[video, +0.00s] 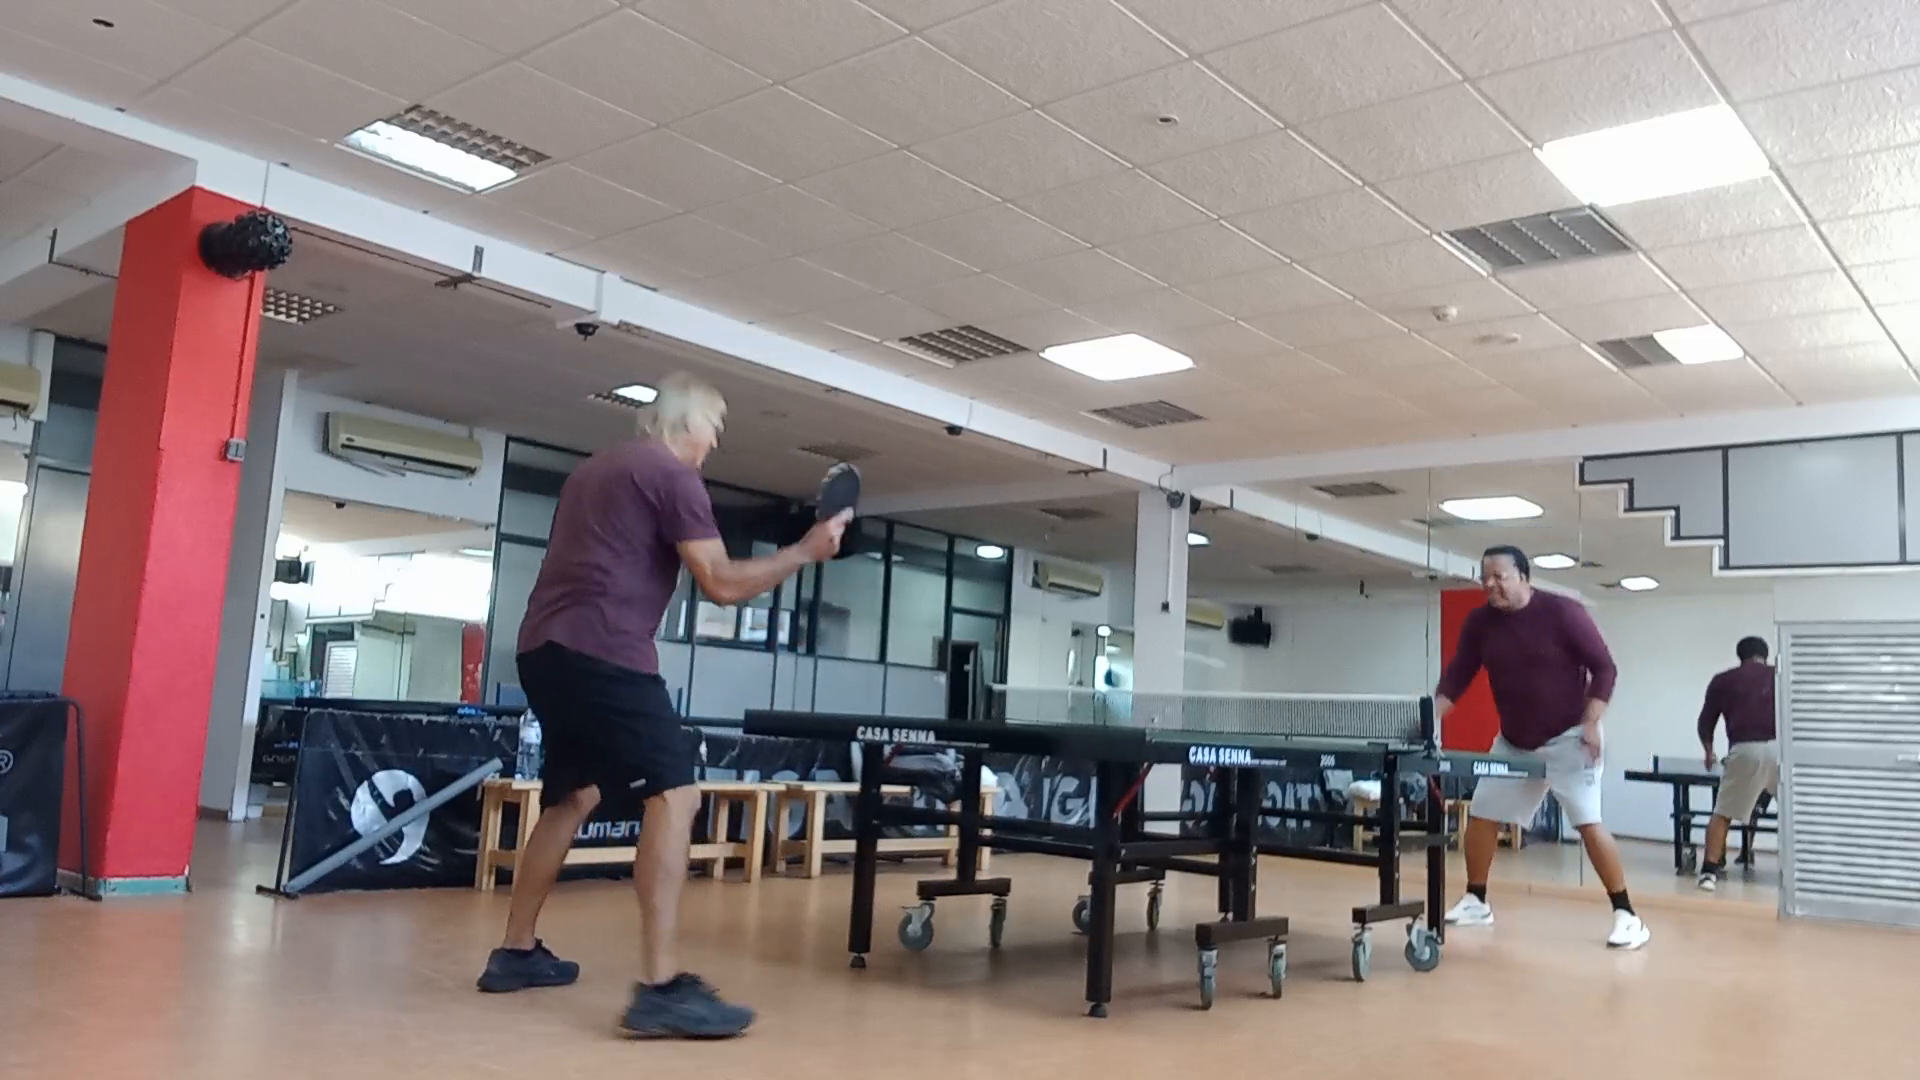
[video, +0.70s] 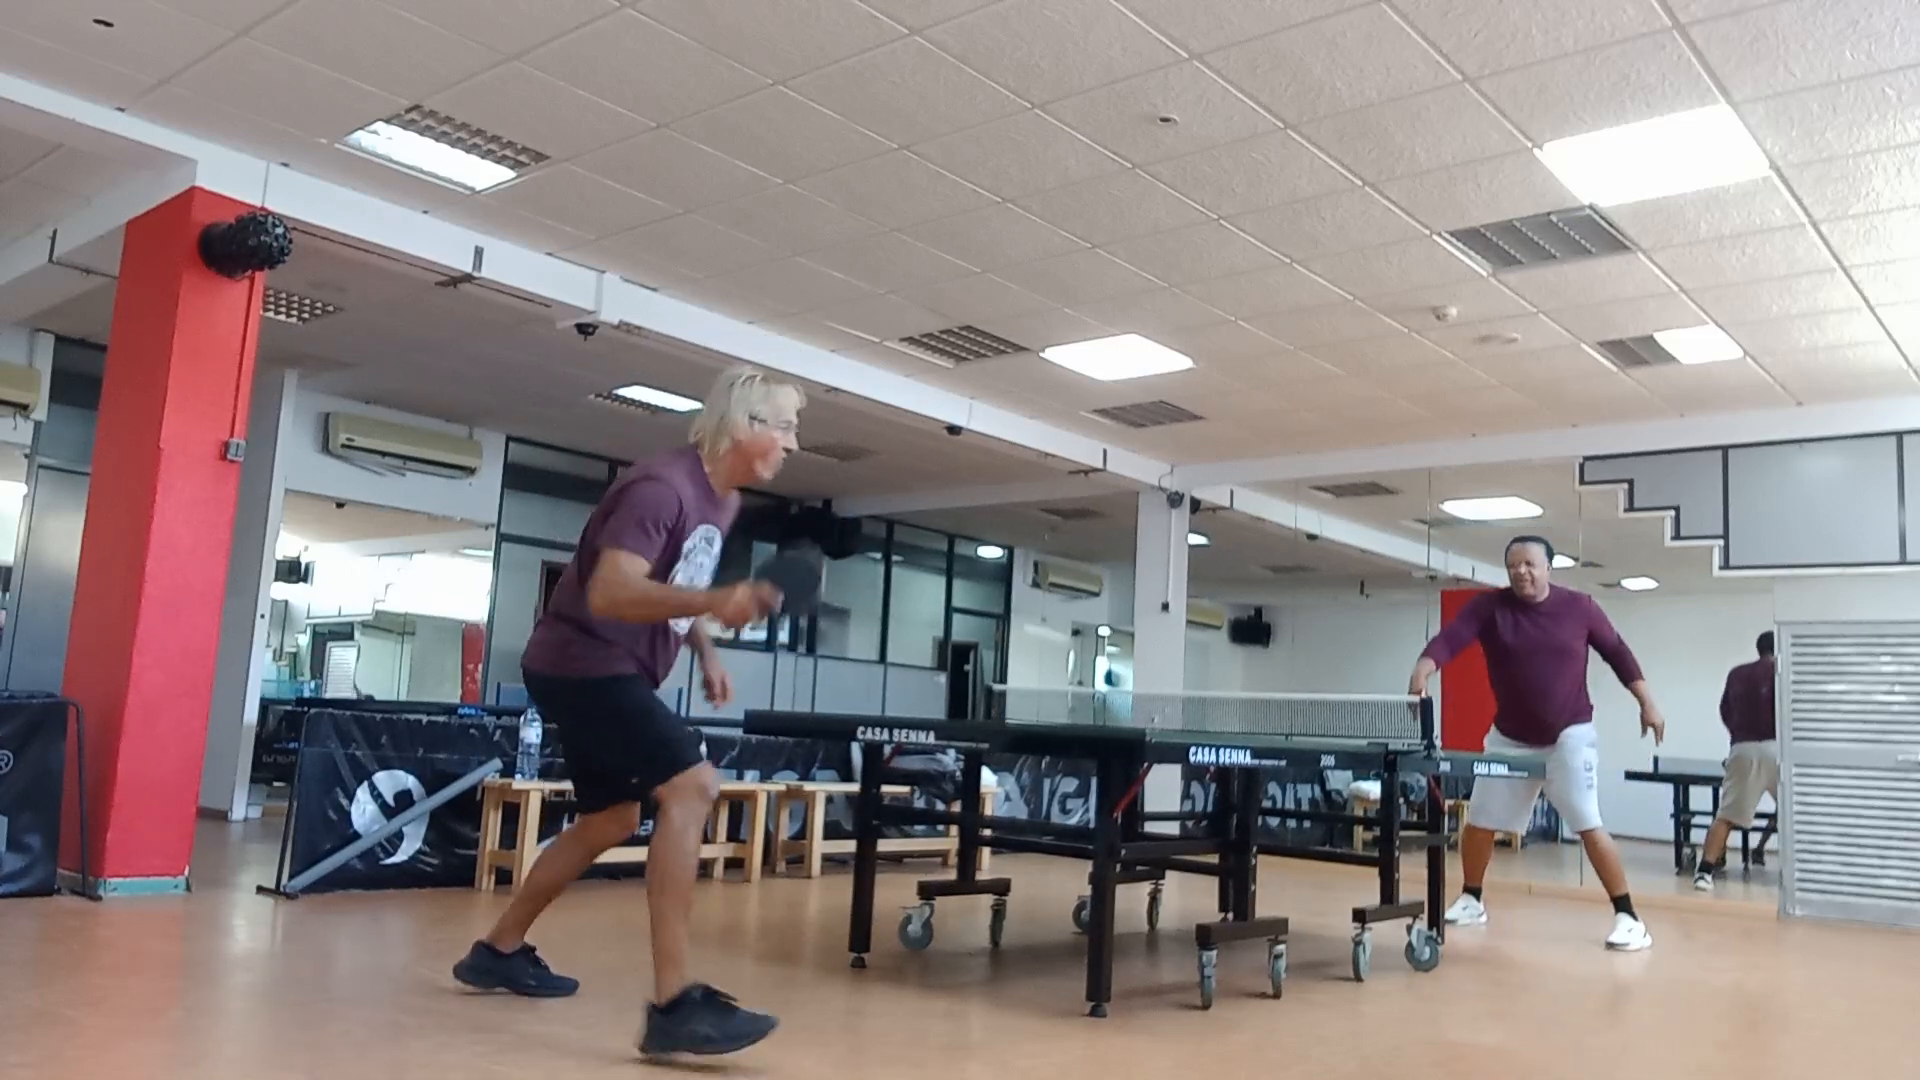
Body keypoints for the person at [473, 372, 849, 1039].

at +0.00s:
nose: (713, 450)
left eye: (716, 438)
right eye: (712, 435)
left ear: (655, 422)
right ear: (686, 426)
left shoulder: (592, 469)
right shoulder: (672, 473)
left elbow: (579, 571)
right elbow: (722, 582)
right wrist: (805, 552)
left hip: (543, 649)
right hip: (606, 653)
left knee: (575, 793)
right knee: (675, 790)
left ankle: (515, 951)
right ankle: (660, 986)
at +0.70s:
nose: (789, 448)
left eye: (791, 433)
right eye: (783, 431)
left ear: (743, 432)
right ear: (740, 427)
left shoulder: (722, 501)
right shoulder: (660, 488)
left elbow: (682, 585)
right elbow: (607, 596)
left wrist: (708, 652)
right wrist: (716, 602)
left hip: (611, 663)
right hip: (580, 660)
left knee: (611, 818)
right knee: (690, 784)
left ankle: (499, 947)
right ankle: (673, 1002)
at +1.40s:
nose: (682, 339)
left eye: (683, 324)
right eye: (678, 322)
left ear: (613, 314)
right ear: (647, 318)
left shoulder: (567, 375)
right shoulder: (608, 381)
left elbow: (543, 533)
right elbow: (600, 520)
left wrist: (615, 615)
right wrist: (700, 590)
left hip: (491, 617)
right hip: (539, 624)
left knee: (509, 807)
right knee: (612, 796)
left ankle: (421, 997)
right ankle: (552, 1024)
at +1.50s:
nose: (668, 339)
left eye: (671, 324)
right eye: (666, 321)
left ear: (598, 308)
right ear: (634, 314)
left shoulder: (543, 370)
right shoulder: (602, 381)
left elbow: (512, 519)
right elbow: (591, 523)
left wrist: (571, 621)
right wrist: (675, 601)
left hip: (466, 614)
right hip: (518, 625)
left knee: (486, 808)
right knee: (558, 809)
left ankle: (419, 1000)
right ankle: (438, 1023)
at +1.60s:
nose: (663, 342)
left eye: (665, 327)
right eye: (662, 325)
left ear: (589, 310)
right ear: (634, 319)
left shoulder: (522, 374)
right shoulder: (603, 386)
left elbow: (475, 511)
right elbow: (586, 530)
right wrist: (663, 614)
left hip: (436, 615)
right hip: (493, 629)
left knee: (456, 816)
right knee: (486, 832)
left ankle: (418, 996)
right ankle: (405, 1052)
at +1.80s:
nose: (646, 333)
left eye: (649, 318)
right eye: (646, 316)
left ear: (572, 300)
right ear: (621, 310)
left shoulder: (502, 359)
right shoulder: (586, 376)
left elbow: (413, 497)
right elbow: (577, 522)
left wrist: (518, 551)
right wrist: (649, 609)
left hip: (406, 596)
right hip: (463, 617)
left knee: (404, 810)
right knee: (451, 825)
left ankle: (312, 998)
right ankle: (399, 1051)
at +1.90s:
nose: (635, 333)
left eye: (638, 318)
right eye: (634, 316)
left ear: (560, 303)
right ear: (605, 312)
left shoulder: (493, 364)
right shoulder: (573, 376)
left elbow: (440, 506)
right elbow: (569, 521)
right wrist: (644, 606)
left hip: (397, 605)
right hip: (460, 625)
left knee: (374, 815)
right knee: (452, 826)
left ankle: (287, 1009)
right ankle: (399, 1051)